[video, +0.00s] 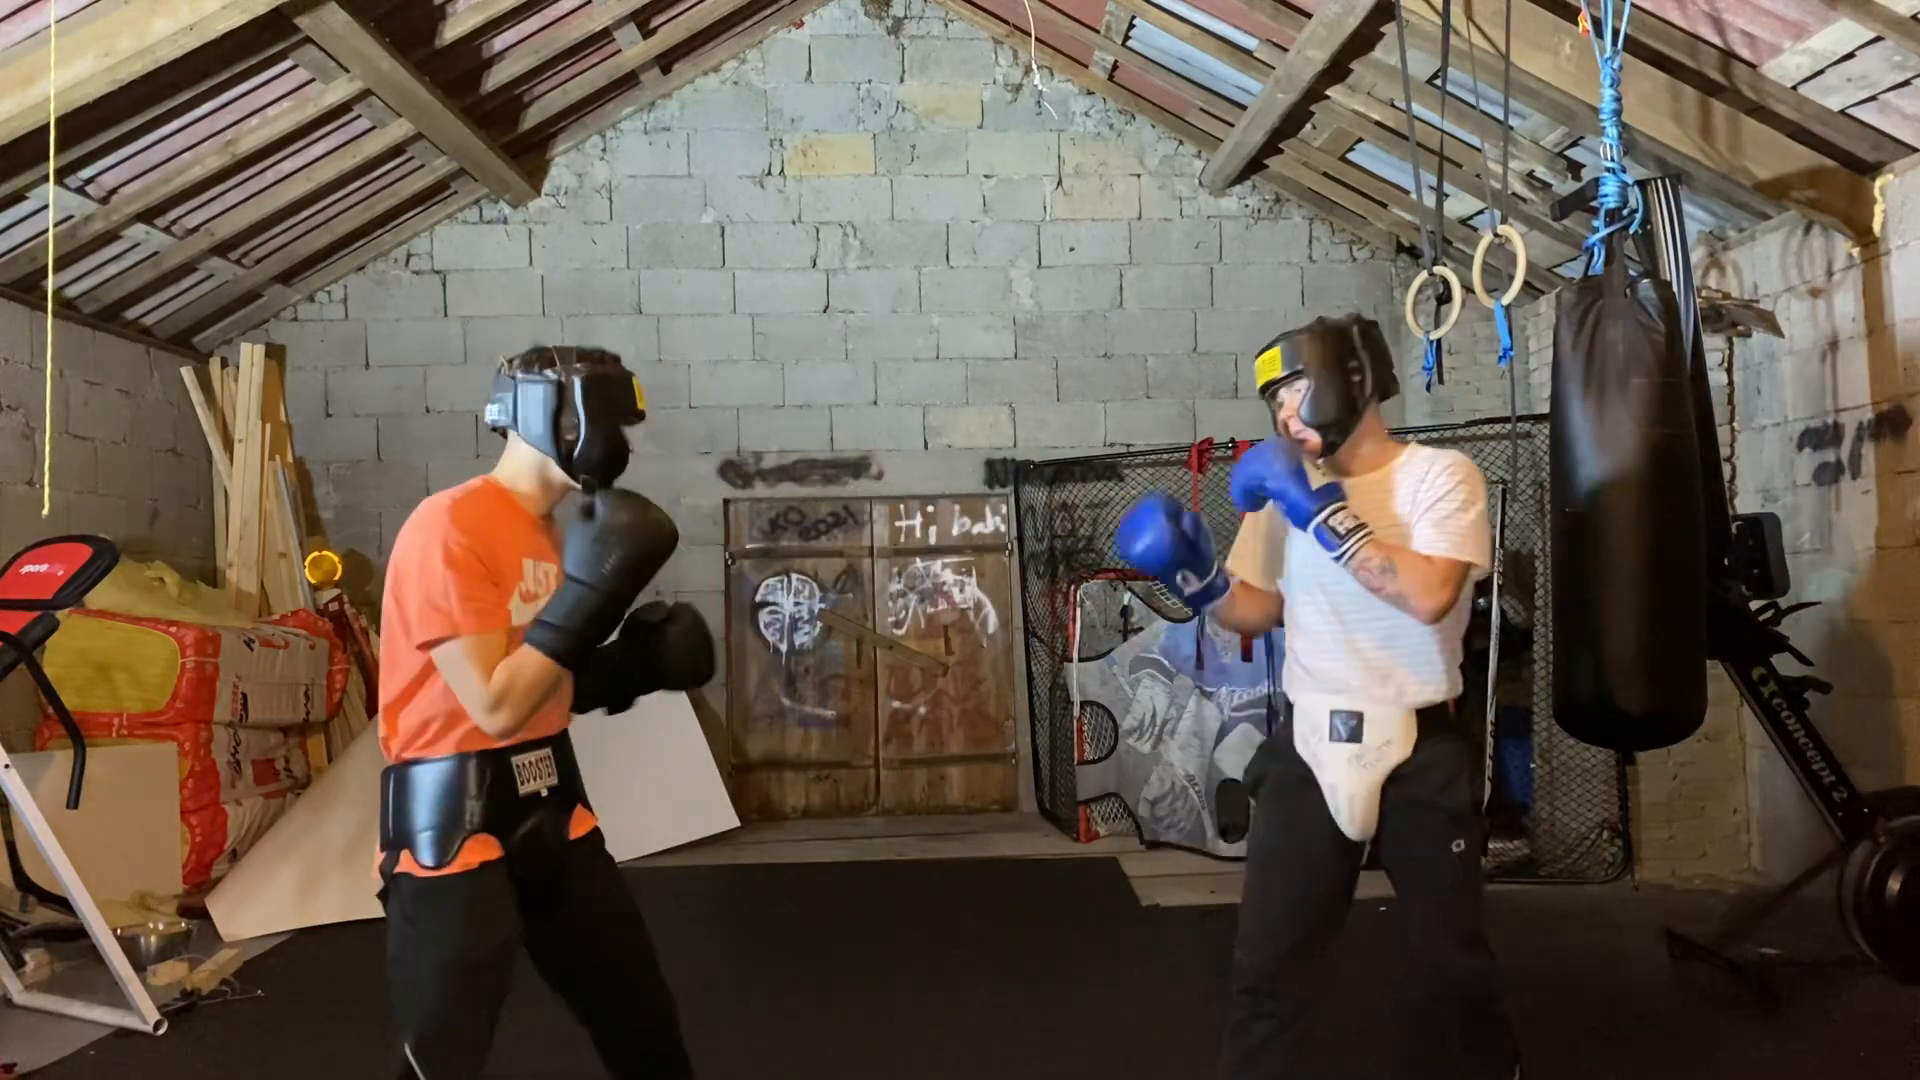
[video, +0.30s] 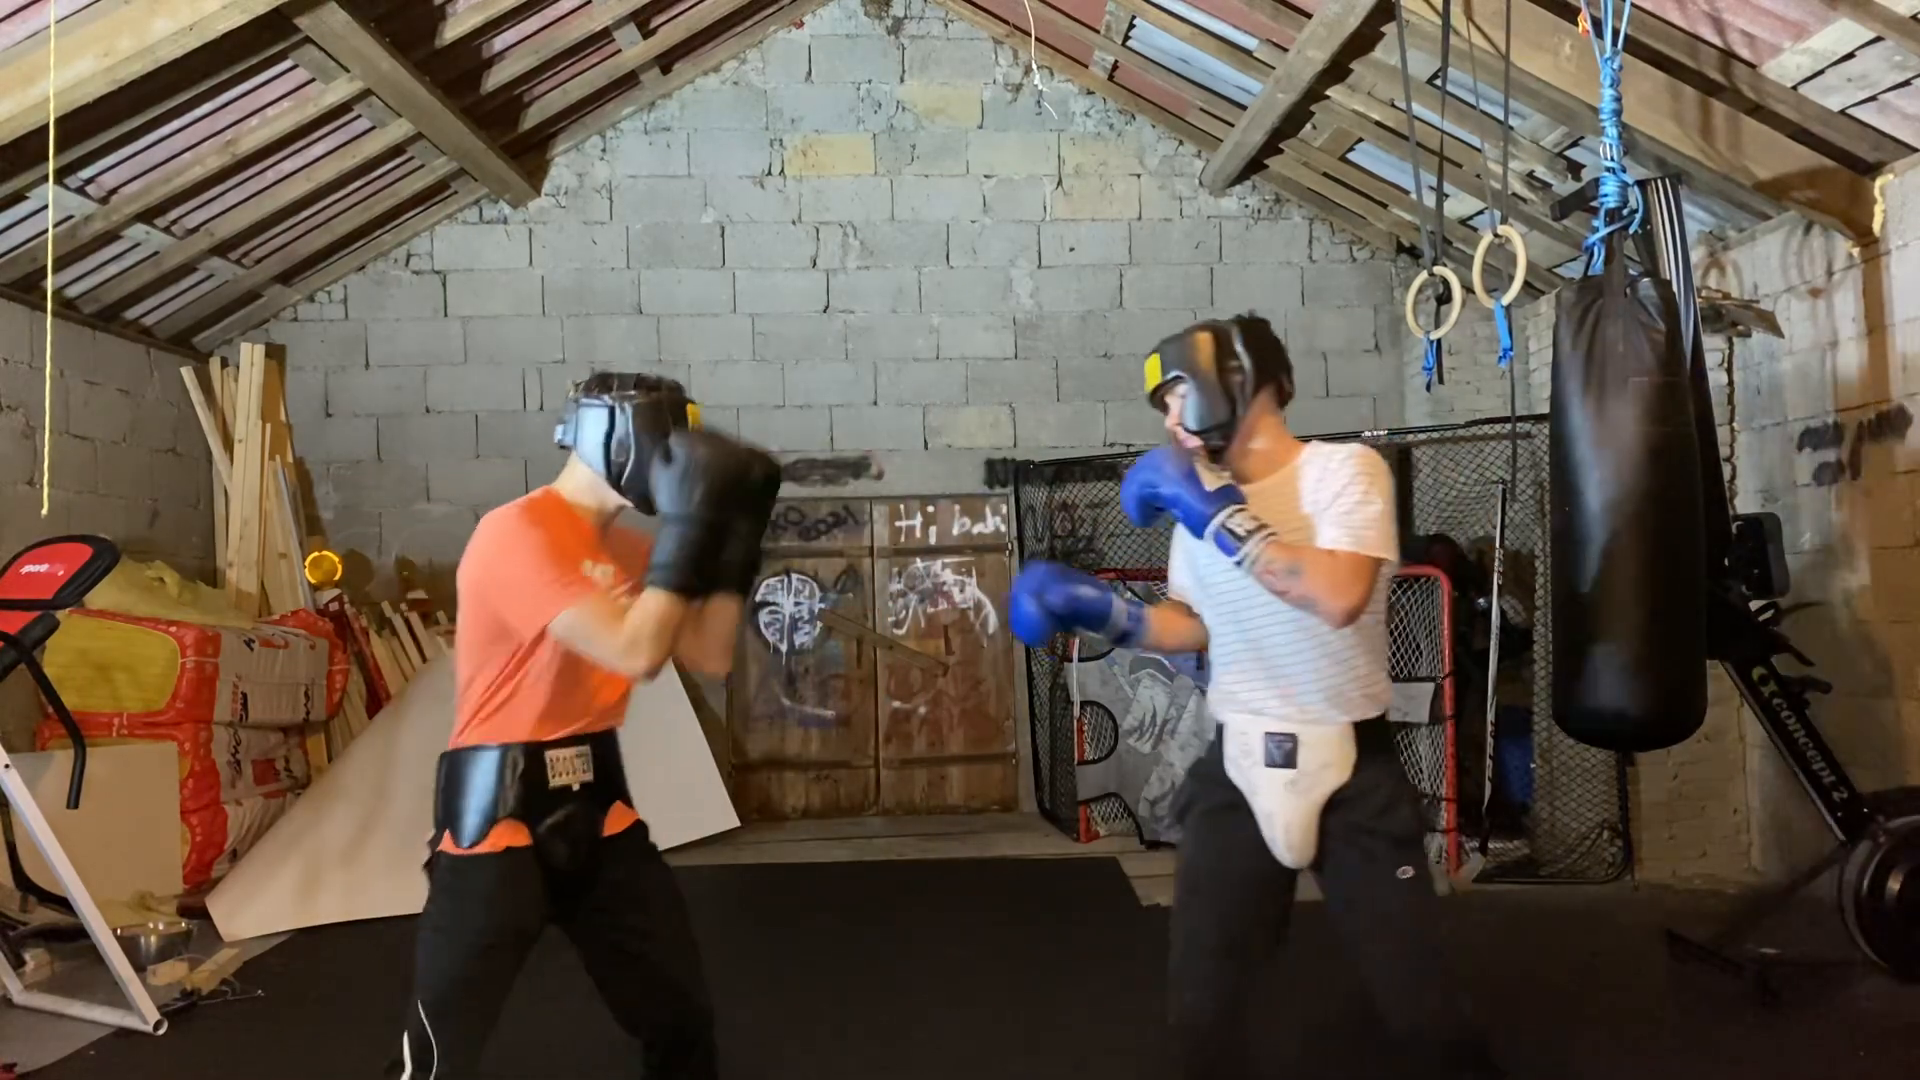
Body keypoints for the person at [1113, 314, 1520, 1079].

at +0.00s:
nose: (1280, 414)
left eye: (1291, 389)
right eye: (1274, 397)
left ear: (1348, 386)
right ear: (1285, 411)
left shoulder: (1442, 476)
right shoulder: (1282, 490)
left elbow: (1429, 594)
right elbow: (1255, 610)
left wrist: (1310, 501)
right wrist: (1192, 576)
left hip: (1423, 754)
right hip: (1306, 755)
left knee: (1452, 964)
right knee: (1265, 973)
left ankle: (1489, 1076)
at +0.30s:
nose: (1167, 421)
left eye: (1178, 396)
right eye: (1163, 402)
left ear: (1245, 391)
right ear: (1232, 397)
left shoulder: (1349, 472)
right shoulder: (1200, 507)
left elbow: (1340, 593)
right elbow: (1196, 624)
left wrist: (1209, 509)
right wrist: (1110, 612)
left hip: (1354, 777)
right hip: (1233, 780)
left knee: (1419, 1009)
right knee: (1201, 1012)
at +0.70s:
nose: (1123, 423)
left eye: (1133, 400)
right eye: (1123, 401)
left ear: (1192, 393)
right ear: (1204, 396)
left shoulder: (1308, 499)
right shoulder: (1168, 508)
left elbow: (1258, 646)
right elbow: (1114, 606)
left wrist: (1153, 545)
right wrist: (1024, 570)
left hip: (1282, 820)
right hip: (1183, 818)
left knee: (1270, 1054)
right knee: (1159, 1041)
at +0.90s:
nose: (1086, 396)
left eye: (1093, 371)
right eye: (1084, 374)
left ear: (1134, 370)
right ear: (1179, 366)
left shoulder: (1263, 486)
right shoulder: (1146, 494)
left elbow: (1194, 638)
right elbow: (1147, 603)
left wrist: (1097, 542)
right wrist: (1054, 552)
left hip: (1248, 821)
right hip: (1152, 812)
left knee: (1260, 1062)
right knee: (1056, 1028)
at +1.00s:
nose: (1048, 371)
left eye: (1055, 347)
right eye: (1047, 350)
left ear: (1089, 348)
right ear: (1146, 347)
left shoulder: (1204, 463)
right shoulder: (1124, 485)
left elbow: (1127, 618)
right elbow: (1102, 602)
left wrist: (1040, 513)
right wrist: (1026, 504)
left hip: (1213, 801)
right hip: (1127, 799)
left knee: (1252, 1054)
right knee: (1077, 1040)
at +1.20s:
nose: (984, 433)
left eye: (990, 411)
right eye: (984, 413)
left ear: (1020, 407)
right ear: (1081, 408)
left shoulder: (1114, 523)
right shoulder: (1077, 528)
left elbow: (1004, 667)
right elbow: (1040, 571)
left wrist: (943, 556)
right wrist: (964, 497)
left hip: (1136, 863)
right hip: (1061, 856)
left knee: (1127, 1064)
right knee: (955, 1051)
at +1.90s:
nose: (924, 374)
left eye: (930, 354)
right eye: (927, 356)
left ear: (948, 355)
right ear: (1040, 378)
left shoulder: (947, 457)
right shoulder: (1098, 499)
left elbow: (862, 629)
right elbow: (1131, 659)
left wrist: (867, 521)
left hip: (983, 828)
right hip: (1081, 821)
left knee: (1018, 1059)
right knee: (1064, 1055)